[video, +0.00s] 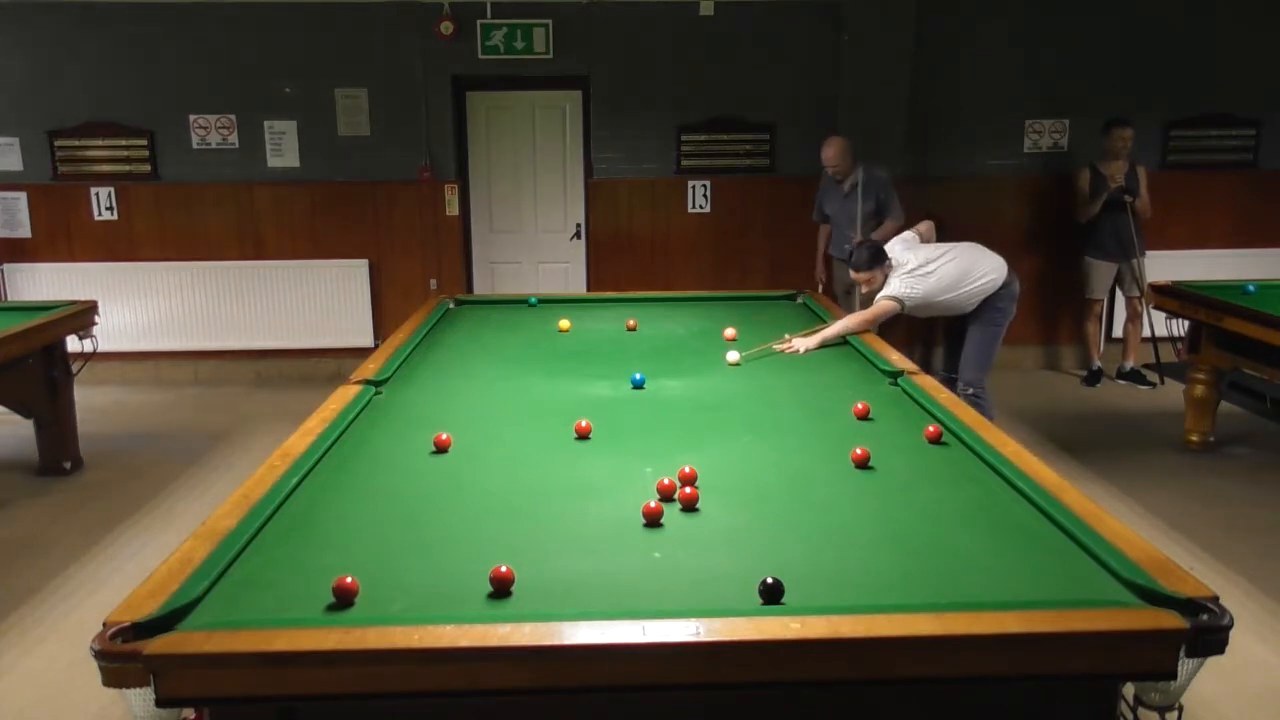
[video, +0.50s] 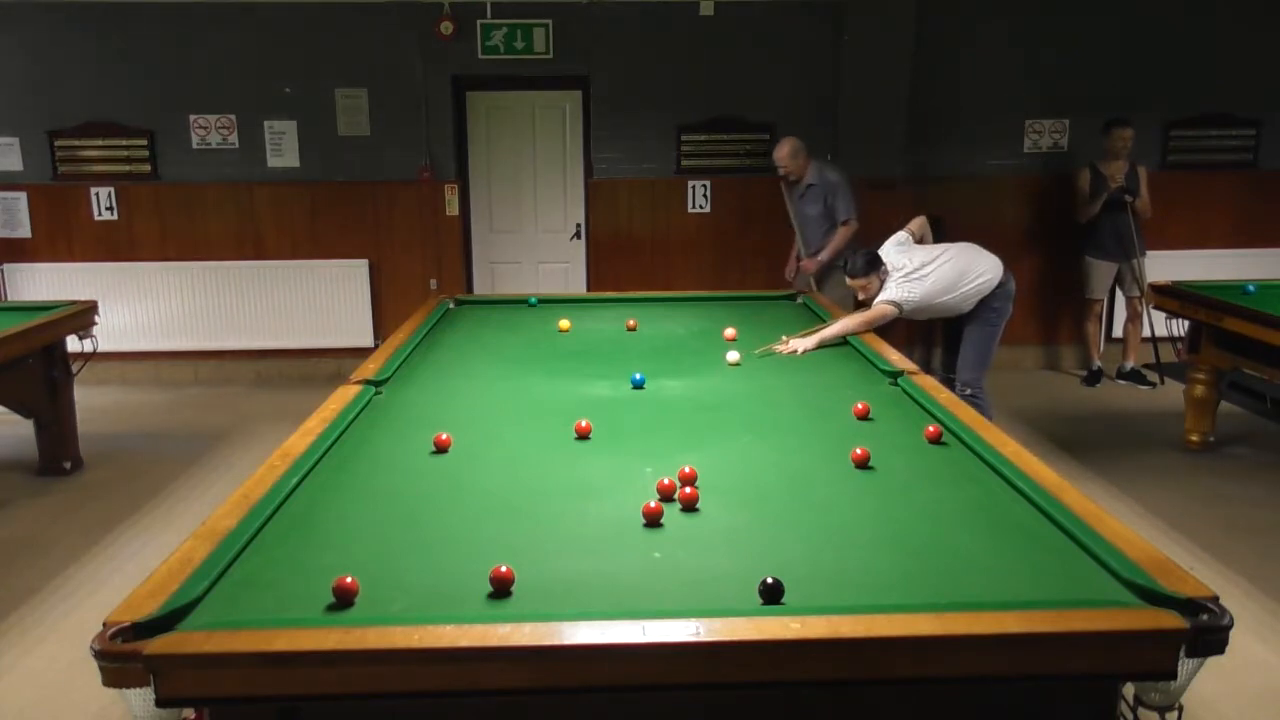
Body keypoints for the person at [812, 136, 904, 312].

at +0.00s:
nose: (831, 172)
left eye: (836, 167)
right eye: (827, 167)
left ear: (849, 161)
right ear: (823, 163)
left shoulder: (875, 179)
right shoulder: (827, 182)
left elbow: (896, 217)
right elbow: (825, 223)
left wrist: (871, 241)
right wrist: (820, 263)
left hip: (869, 261)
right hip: (840, 262)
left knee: (868, 318)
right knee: (845, 316)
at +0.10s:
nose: (825, 171)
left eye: (829, 166)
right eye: (820, 166)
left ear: (843, 159)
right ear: (817, 163)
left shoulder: (869, 179)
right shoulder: (822, 182)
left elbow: (890, 219)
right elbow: (821, 222)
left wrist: (861, 241)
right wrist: (818, 260)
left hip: (863, 264)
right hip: (834, 264)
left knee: (862, 323)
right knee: (837, 320)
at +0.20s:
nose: (817, 171)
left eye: (822, 166)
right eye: (813, 166)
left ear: (836, 158)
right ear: (809, 164)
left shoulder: (863, 178)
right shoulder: (817, 182)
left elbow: (883, 221)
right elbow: (818, 222)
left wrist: (852, 243)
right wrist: (813, 258)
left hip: (858, 268)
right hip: (828, 266)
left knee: (858, 329)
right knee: (826, 325)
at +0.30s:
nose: (806, 172)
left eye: (811, 166)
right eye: (803, 167)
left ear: (826, 159)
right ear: (800, 163)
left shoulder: (854, 179)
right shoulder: (811, 181)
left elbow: (873, 224)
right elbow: (813, 223)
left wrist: (839, 249)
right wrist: (807, 256)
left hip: (850, 268)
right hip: (821, 266)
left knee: (849, 328)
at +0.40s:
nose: (795, 172)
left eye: (799, 167)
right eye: (792, 167)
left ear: (815, 159)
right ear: (789, 164)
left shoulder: (844, 179)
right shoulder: (802, 181)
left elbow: (861, 224)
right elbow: (809, 222)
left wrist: (830, 254)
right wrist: (800, 255)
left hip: (843, 267)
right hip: (814, 267)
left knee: (843, 329)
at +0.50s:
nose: (781, 173)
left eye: (786, 167)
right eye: (779, 168)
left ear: (801, 160)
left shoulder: (831, 179)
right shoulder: (789, 183)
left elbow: (849, 225)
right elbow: (802, 226)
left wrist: (819, 260)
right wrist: (793, 258)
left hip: (834, 268)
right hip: (806, 268)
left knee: (834, 330)